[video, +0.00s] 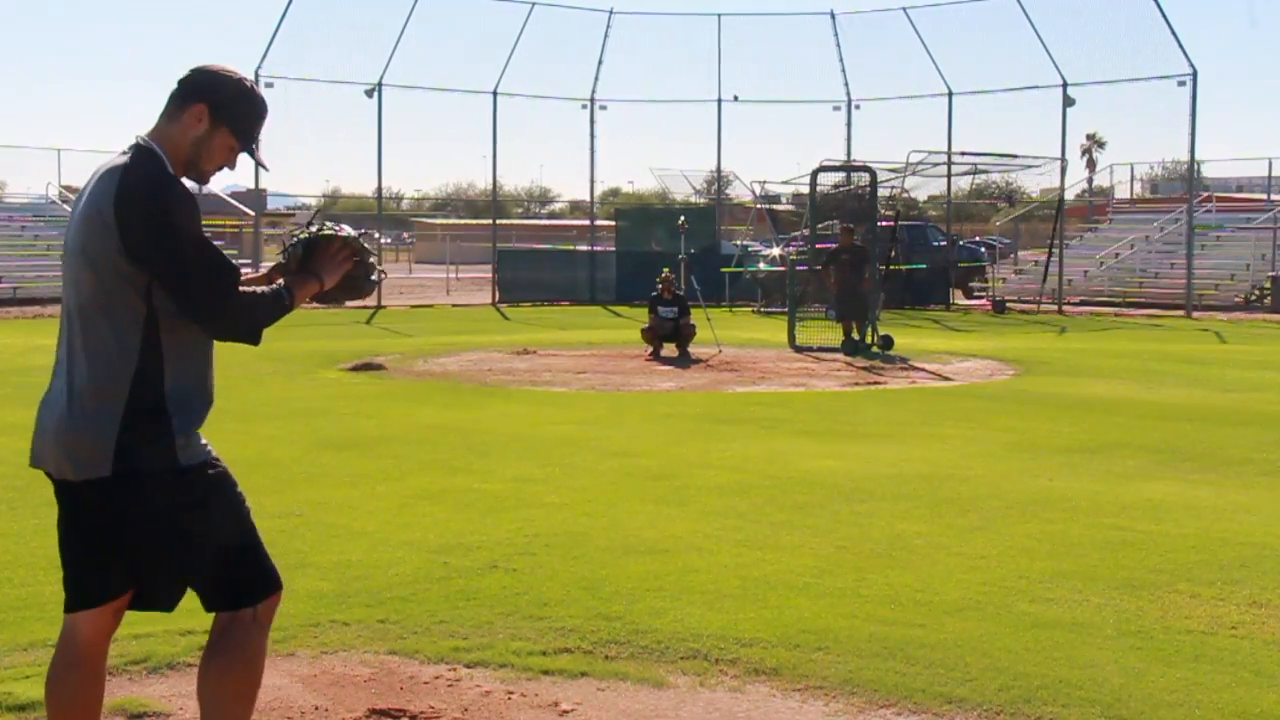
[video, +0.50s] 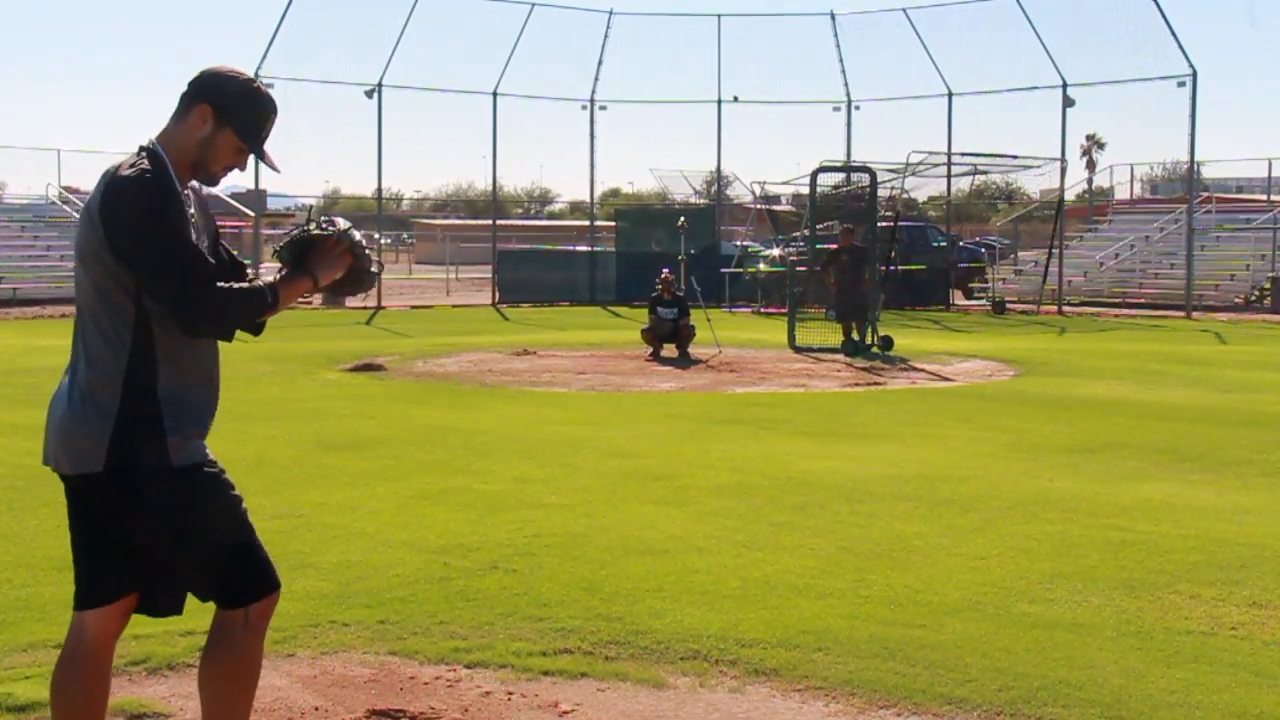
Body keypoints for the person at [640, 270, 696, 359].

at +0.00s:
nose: (667, 286)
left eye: (670, 283)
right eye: (664, 283)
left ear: (674, 284)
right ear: (660, 284)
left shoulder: (680, 298)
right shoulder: (654, 298)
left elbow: (686, 318)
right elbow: (652, 317)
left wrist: (674, 323)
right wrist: (662, 324)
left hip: (676, 327)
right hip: (660, 327)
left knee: (690, 329)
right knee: (646, 332)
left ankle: (682, 348)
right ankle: (656, 347)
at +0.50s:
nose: (666, 287)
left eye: (669, 284)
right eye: (664, 284)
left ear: (673, 285)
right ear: (660, 285)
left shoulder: (680, 299)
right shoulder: (654, 299)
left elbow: (685, 319)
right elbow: (652, 318)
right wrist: (663, 325)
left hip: (676, 328)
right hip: (660, 328)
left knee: (689, 329)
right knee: (646, 332)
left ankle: (682, 349)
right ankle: (656, 348)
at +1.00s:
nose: (666, 287)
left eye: (669, 284)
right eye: (664, 284)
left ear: (673, 285)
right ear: (660, 286)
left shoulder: (680, 300)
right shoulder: (654, 299)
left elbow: (686, 319)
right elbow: (651, 318)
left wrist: (673, 325)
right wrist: (662, 325)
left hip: (676, 328)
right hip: (660, 329)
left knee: (689, 330)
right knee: (645, 333)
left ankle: (682, 350)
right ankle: (656, 347)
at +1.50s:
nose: (667, 286)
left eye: (670, 283)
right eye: (664, 284)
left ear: (673, 285)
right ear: (661, 285)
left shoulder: (680, 299)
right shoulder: (654, 299)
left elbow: (685, 319)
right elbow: (651, 318)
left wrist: (674, 325)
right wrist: (663, 325)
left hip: (676, 328)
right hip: (660, 329)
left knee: (689, 329)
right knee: (645, 333)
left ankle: (682, 349)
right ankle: (656, 347)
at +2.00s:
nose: (667, 286)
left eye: (669, 283)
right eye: (664, 283)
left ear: (673, 284)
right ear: (660, 284)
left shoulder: (680, 299)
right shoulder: (654, 299)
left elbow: (685, 319)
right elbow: (652, 318)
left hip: (676, 327)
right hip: (660, 328)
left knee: (689, 329)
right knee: (645, 332)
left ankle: (682, 349)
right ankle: (656, 347)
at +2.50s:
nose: (664, 288)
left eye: (666, 285)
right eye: (661, 285)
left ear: (670, 286)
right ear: (658, 286)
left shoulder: (676, 299)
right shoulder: (653, 300)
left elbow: (682, 313)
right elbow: (649, 316)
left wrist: (672, 312)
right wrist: (648, 322)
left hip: (675, 324)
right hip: (660, 324)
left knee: (689, 330)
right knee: (649, 330)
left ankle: (683, 349)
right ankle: (656, 348)